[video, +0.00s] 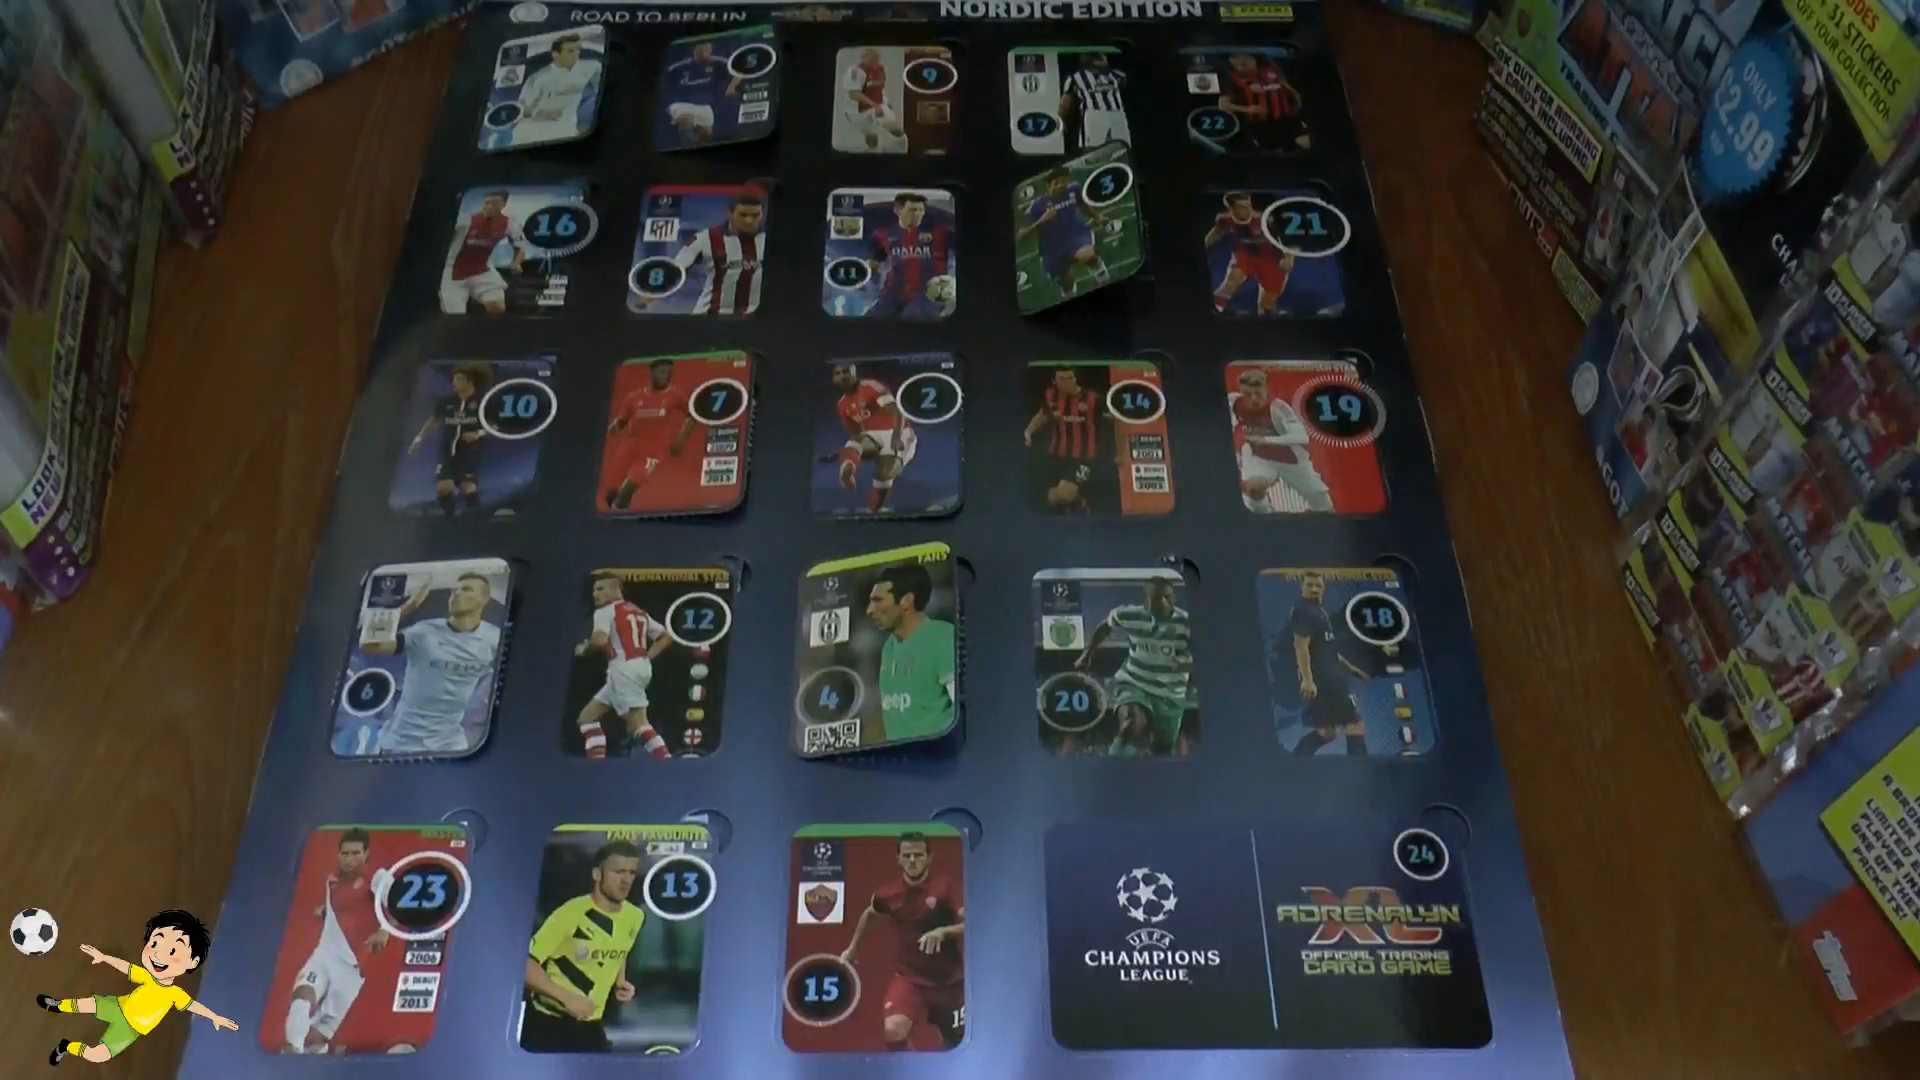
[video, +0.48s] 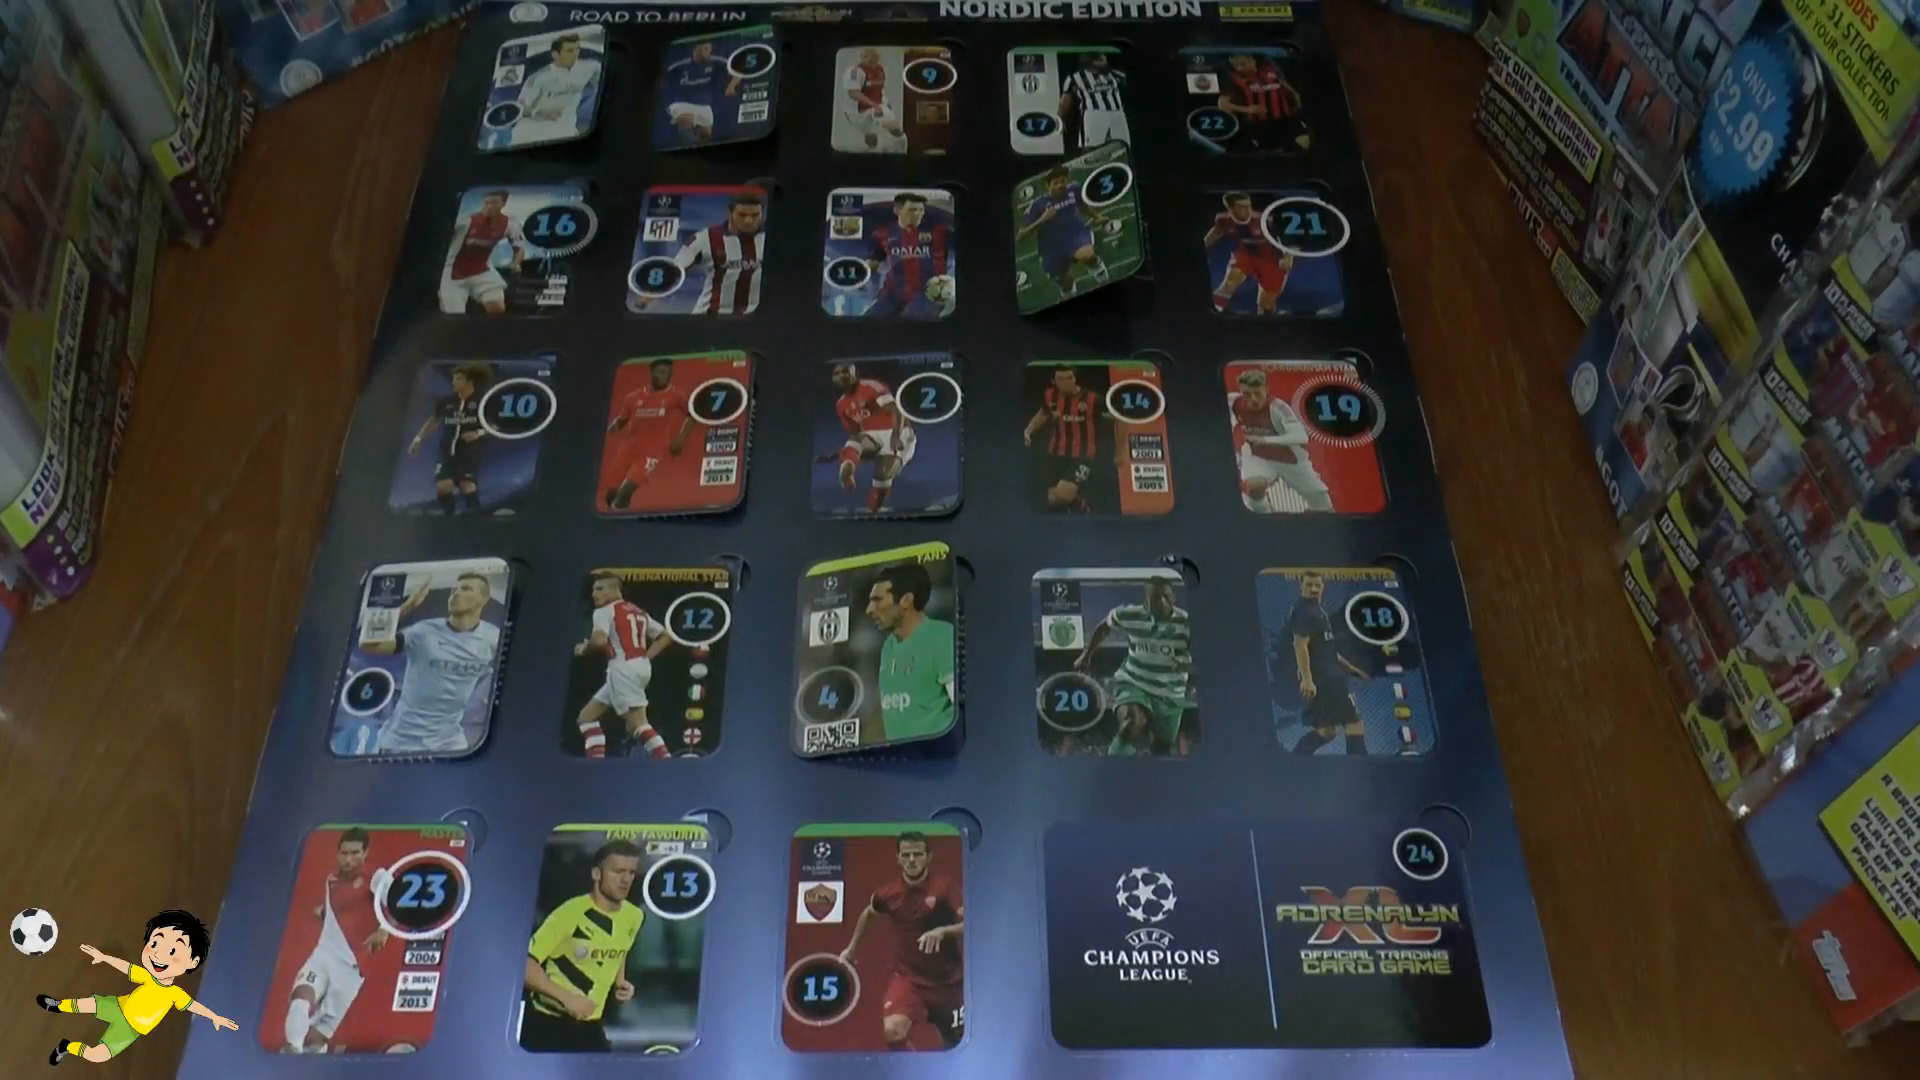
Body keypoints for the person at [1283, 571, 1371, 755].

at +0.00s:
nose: (1314, 589)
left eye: (1318, 585)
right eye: (1309, 585)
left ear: (1323, 589)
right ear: (1302, 587)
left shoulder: (1320, 610)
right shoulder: (1304, 611)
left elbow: (1330, 651)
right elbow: (1301, 645)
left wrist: (1352, 669)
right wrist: (1307, 678)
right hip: (1329, 677)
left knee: (1326, 732)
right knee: (1355, 726)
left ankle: (1292, 767)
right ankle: (1361, 778)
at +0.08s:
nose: (1314, 589)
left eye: (1318, 586)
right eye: (1310, 585)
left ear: (1323, 588)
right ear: (1302, 587)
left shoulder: (1320, 611)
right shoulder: (1303, 611)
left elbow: (1329, 651)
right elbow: (1300, 645)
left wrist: (1352, 669)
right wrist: (1307, 678)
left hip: (1323, 677)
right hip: (1330, 677)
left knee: (1326, 732)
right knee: (1355, 727)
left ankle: (1292, 767)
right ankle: (1362, 779)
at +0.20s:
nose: (1314, 589)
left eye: (1318, 586)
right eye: (1309, 585)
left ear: (1323, 588)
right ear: (1302, 587)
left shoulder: (1319, 611)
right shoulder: (1304, 610)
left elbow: (1328, 651)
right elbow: (1300, 645)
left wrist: (1352, 669)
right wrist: (1307, 679)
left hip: (1323, 677)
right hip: (1329, 677)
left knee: (1326, 732)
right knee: (1355, 727)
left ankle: (1291, 767)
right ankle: (1362, 779)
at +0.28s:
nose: (1314, 589)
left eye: (1318, 586)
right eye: (1309, 586)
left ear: (1323, 588)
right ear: (1302, 587)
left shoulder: (1319, 611)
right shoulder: (1304, 610)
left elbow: (1328, 651)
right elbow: (1300, 645)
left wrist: (1352, 669)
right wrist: (1307, 679)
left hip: (1323, 678)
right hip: (1330, 678)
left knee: (1326, 732)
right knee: (1355, 726)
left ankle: (1291, 767)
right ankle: (1361, 781)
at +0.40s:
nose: (1314, 589)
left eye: (1317, 585)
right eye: (1309, 585)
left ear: (1322, 588)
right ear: (1302, 587)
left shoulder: (1319, 611)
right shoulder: (1303, 611)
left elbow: (1328, 651)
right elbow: (1300, 645)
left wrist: (1352, 669)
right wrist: (1307, 678)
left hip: (1323, 678)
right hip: (1330, 678)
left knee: (1326, 732)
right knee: (1355, 727)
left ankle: (1291, 766)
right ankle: (1362, 780)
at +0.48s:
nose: (1313, 589)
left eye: (1317, 585)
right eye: (1309, 585)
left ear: (1322, 587)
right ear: (1301, 587)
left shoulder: (1318, 610)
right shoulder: (1303, 610)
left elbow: (1328, 651)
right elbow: (1300, 645)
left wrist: (1351, 668)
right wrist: (1307, 678)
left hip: (1323, 677)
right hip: (1330, 677)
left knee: (1325, 731)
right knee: (1355, 726)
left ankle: (1290, 766)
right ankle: (1362, 780)